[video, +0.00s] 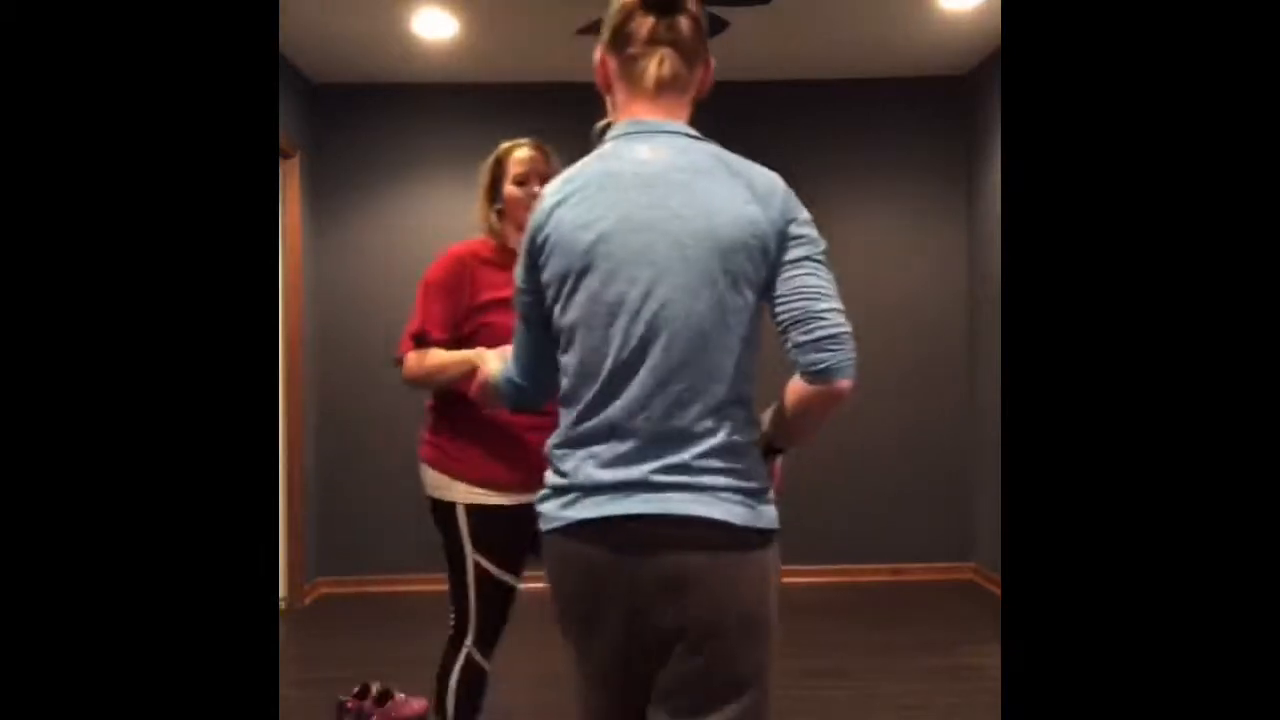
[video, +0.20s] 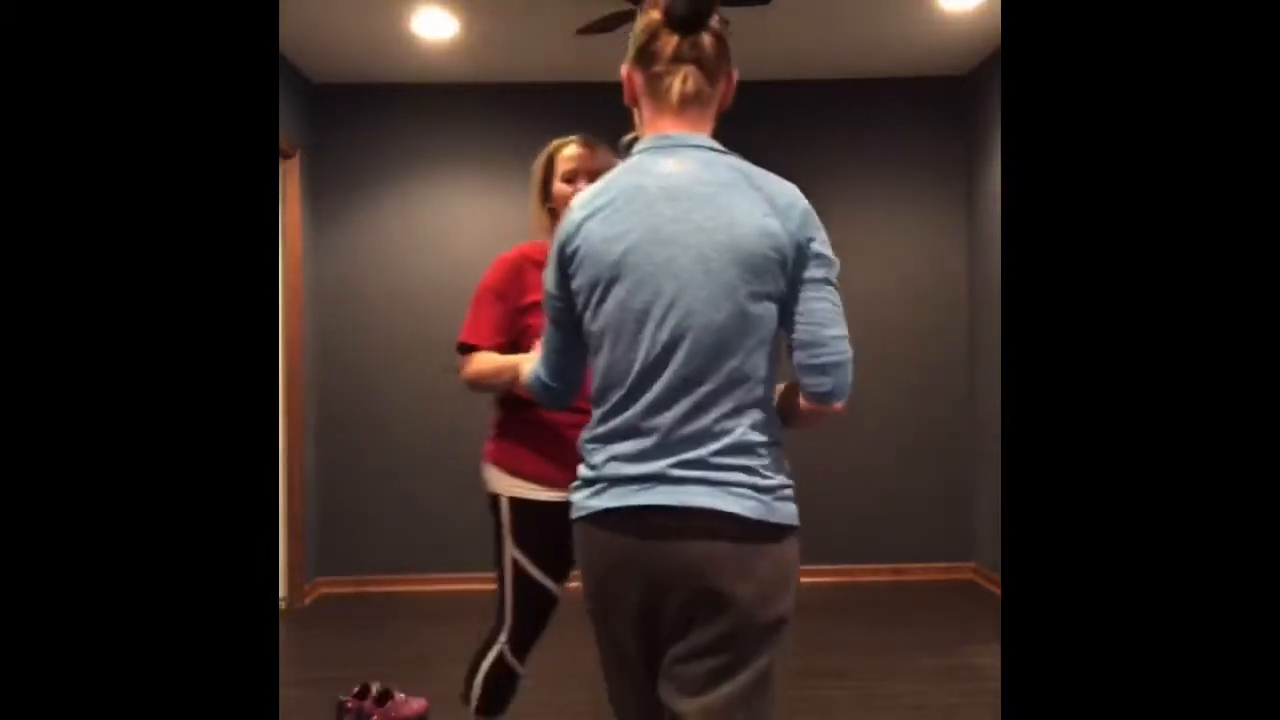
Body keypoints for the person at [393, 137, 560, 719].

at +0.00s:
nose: (534, 192)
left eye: (543, 181)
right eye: (522, 181)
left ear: (555, 192)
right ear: (495, 194)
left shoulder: (566, 264)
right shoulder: (463, 265)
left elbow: (594, 349)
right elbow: (414, 362)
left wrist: (546, 354)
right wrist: (487, 359)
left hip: (558, 473)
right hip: (475, 478)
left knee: (602, 622)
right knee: (478, 629)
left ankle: (619, 715)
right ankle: (454, 715)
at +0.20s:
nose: (582, 190)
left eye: (596, 178)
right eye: (570, 179)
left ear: (612, 187)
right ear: (547, 192)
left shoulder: (630, 268)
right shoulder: (522, 266)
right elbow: (474, 366)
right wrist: (534, 364)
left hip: (614, 470)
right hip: (532, 471)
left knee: (633, 625)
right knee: (523, 622)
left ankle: (645, 713)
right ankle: (480, 710)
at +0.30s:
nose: (609, 191)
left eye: (622, 178)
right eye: (596, 179)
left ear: (638, 186)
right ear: (573, 191)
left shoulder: (659, 270)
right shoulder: (547, 269)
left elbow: (680, 352)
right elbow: (505, 367)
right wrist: (584, 363)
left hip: (641, 471)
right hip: (562, 470)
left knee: (644, 610)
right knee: (564, 614)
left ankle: (650, 701)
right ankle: (538, 680)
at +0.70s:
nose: (663, 211)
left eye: (672, 201)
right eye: (654, 200)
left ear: (684, 208)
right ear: (634, 210)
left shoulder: (707, 281)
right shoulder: (603, 287)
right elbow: (599, 366)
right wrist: (673, 367)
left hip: (700, 461)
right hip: (629, 467)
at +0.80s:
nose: (674, 212)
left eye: (682, 201)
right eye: (663, 201)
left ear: (694, 207)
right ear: (644, 211)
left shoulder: (713, 280)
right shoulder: (617, 288)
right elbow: (616, 361)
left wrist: (634, 354)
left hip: (704, 448)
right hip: (639, 452)